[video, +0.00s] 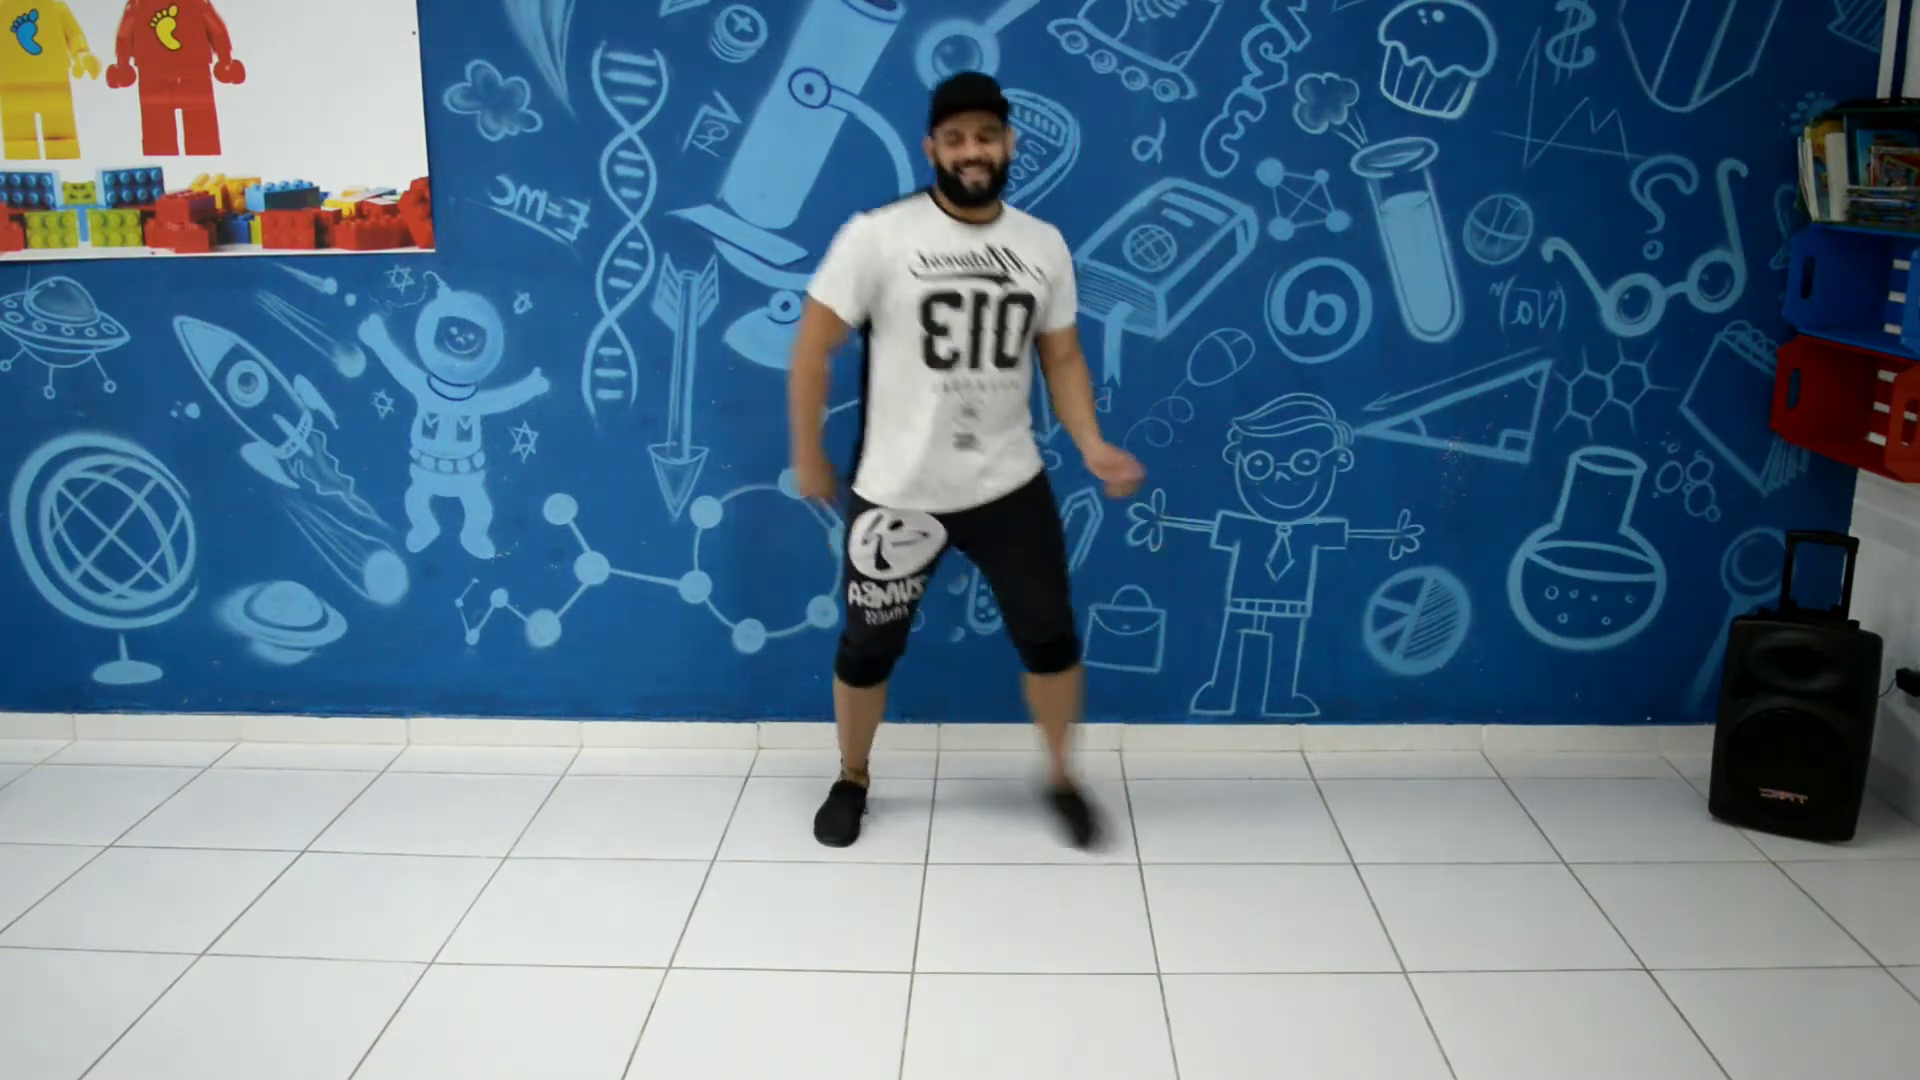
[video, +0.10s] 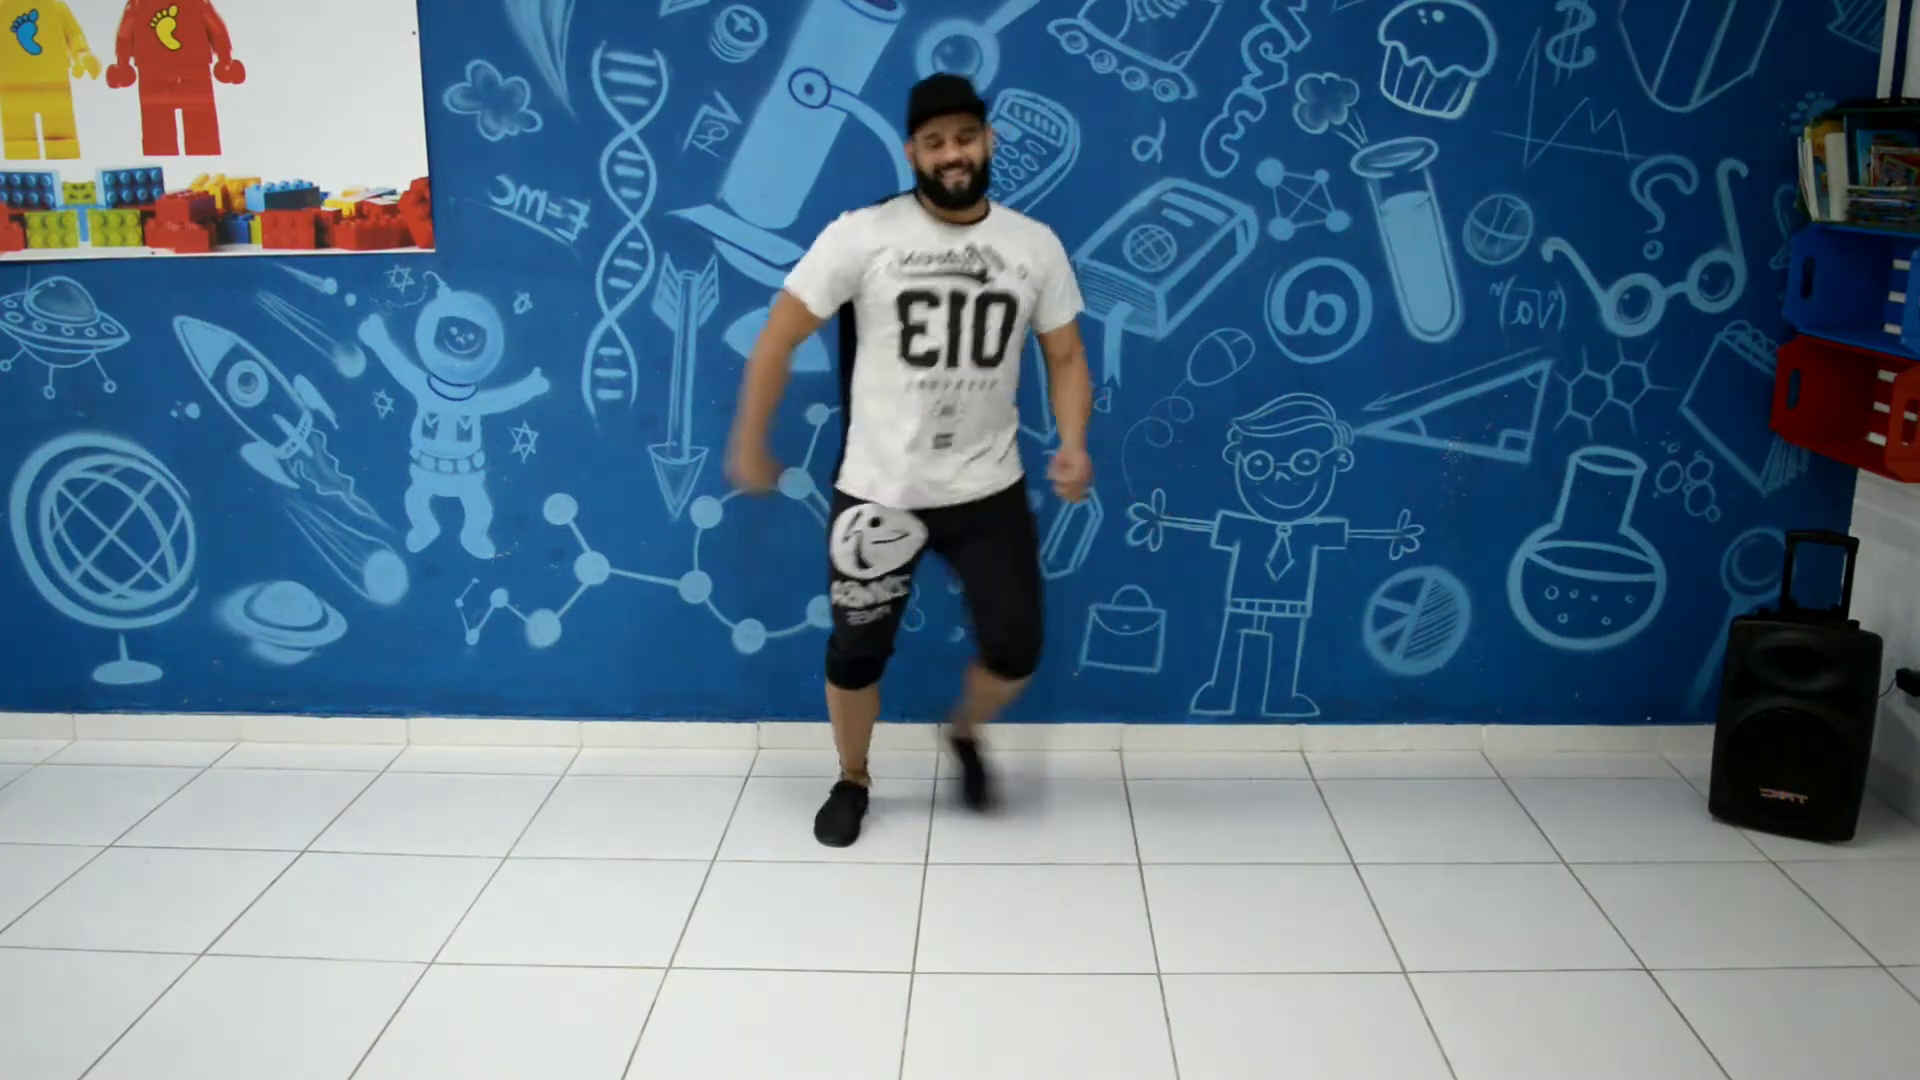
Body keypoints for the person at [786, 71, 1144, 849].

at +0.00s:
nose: (973, 152)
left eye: (988, 137)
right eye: (955, 138)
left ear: (1010, 146)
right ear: (931, 147)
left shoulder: (1042, 248)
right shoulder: (873, 240)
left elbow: (1064, 359)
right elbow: (811, 348)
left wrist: (1092, 444)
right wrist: (808, 456)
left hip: (1008, 482)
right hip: (898, 484)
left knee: (1051, 638)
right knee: (868, 645)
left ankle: (1063, 782)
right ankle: (851, 781)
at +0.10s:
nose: (953, 155)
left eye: (966, 137)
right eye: (935, 142)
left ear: (989, 142)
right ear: (911, 153)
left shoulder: (1034, 249)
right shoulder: (857, 241)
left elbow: (1066, 357)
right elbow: (778, 338)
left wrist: (1072, 441)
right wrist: (749, 442)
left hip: (987, 484)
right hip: (879, 484)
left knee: (1015, 652)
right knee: (856, 651)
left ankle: (964, 732)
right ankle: (851, 780)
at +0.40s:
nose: (932, 130)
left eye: (947, 118)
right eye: (917, 120)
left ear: (974, 135)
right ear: (897, 140)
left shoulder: (1028, 236)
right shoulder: (857, 235)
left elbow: (1076, 356)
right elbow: (809, 338)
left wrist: (1056, 474)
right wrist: (761, 426)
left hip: (989, 481)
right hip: (881, 477)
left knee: (1004, 654)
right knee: (859, 637)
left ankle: (971, 738)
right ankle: (854, 777)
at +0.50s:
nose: (950, 143)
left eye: (967, 133)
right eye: (936, 132)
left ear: (993, 152)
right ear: (915, 152)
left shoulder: (1043, 254)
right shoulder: (875, 253)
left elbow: (1103, 369)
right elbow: (824, 359)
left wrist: (1111, 490)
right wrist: (843, 446)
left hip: (1005, 498)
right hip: (897, 492)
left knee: (1045, 658)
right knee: (854, 643)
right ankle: (870, 782)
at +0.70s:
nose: (986, 143)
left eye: (1004, 134)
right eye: (974, 133)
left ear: (1033, 156)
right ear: (956, 156)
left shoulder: (1084, 250)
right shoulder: (921, 263)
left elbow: (1121, 380)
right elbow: (912, 390)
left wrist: (1147, 501)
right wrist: (958, 474)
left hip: (1064, 497)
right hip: (952, 492)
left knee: (1098, 655)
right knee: (896, 637)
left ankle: (1125, 792)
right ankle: (884, 785)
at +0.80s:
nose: (1016, 125)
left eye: (1033, 117)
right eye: (1002, 115)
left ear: (1055, 138)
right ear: (977, 135)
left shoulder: (1107, 229)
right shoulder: (933, 249)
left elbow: (1147, 359)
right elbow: (922, 379)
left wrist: (1143, 480)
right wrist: (967, 479)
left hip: (1089, 480)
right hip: (979, 480)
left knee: (1110, 641)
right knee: (927, 632)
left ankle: (1126, 791)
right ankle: (978, 754)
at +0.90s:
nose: (1038, 146)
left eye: (1053, 137)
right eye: (1023, 135)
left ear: (1073, 158)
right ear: (997, 154)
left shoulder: (1125, 249)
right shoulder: (949, 269)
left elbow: (1178, 365)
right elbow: (924, 403)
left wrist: (1141, 457)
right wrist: (949, 515)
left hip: (1111, 493)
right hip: (1005, 500)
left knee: (1124, 656)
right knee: (974, 657)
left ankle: (1130, 791)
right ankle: (1064, 723)